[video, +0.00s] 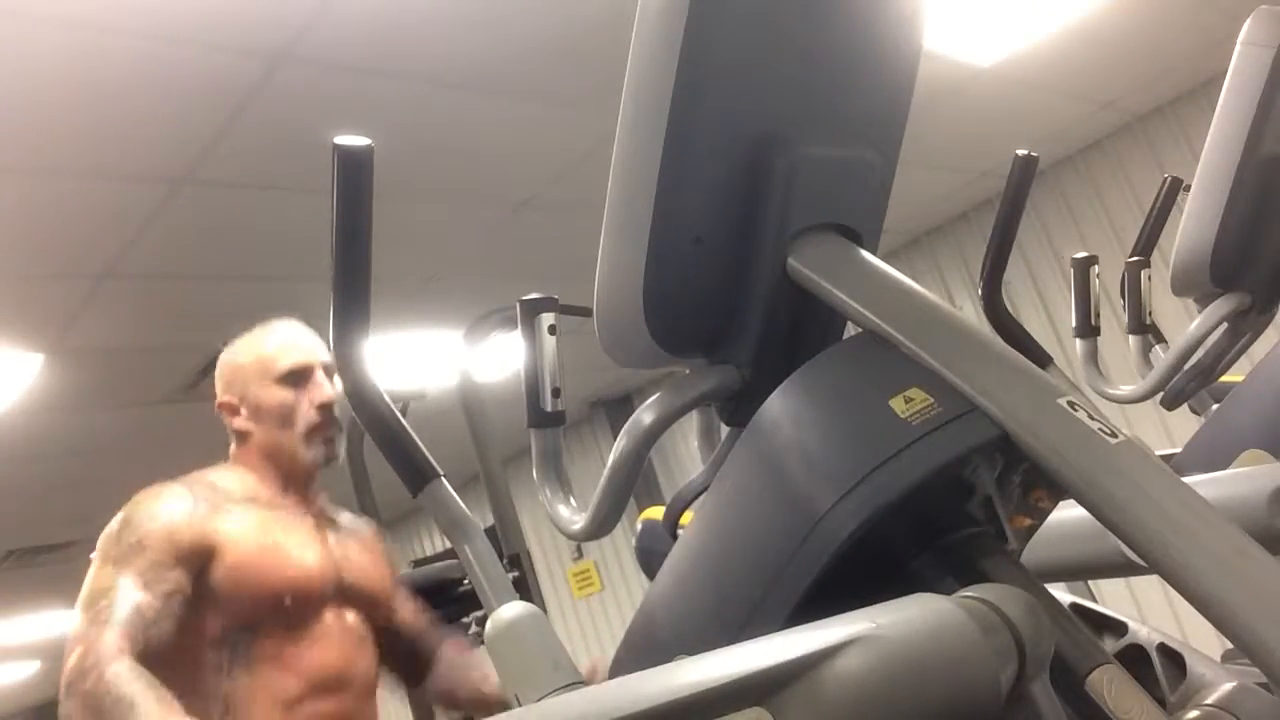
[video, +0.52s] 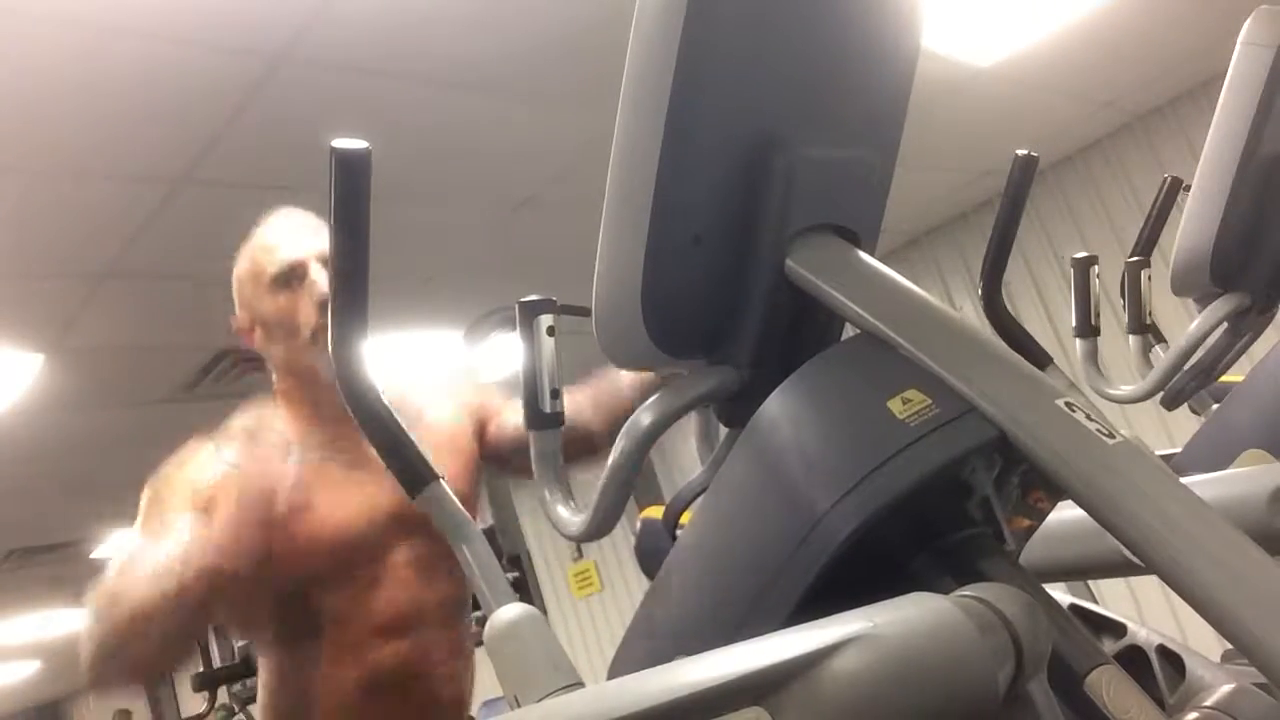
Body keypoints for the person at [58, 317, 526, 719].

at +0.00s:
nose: (329, 396)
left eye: (329, 375)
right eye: (296, 378)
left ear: (339, 385)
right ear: (235, 413)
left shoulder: (359, 537)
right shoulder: (172, 516)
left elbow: (429, 656)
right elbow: (95, 676)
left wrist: (486, 690)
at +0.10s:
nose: (326, 371)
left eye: (326, 352)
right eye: (294, 359)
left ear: (337, 366)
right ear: (239, 396)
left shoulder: (392, 517)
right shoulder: (181, 511)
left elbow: (482, 616)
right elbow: (102, 674)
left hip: (369, 710)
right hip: (257, 707)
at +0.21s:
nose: (327, 361)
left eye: (329, 341)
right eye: (295, 349)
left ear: (344, 356)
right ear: (244, 390)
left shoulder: (398, 497)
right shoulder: (193, 513)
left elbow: (521, 570)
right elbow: (118, 679)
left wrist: (618, 529)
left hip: (399, 713)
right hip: (284, 711)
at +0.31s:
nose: (327, 354)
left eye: (331, 335)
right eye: (295, 346)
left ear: (353, 349)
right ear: (250, 391)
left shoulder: (424, 486)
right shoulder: (205, 517)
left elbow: (569, 537)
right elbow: (127, 683)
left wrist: (649, 468)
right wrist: (191, 713)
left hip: (417, 714)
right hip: (296, 712)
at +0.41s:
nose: (327, 341)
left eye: (337, 319)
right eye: (294, 332)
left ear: (361, 334)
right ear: (254, 379)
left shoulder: (447, 467)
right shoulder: (212, 515)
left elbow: (589, 479)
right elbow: (120, 675)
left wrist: (682, 388)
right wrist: (204, 695)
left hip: (437, 710)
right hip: (309, 711)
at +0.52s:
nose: (326, 288)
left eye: (335, 266)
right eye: (291, 277)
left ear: (358, 281)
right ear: (248, 328)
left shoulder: (445, 400)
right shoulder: (219, 469)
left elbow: (572, 418)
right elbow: (113, 656)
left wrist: (681, 361)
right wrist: (219, 557)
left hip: (448, 707)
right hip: (317, 711)